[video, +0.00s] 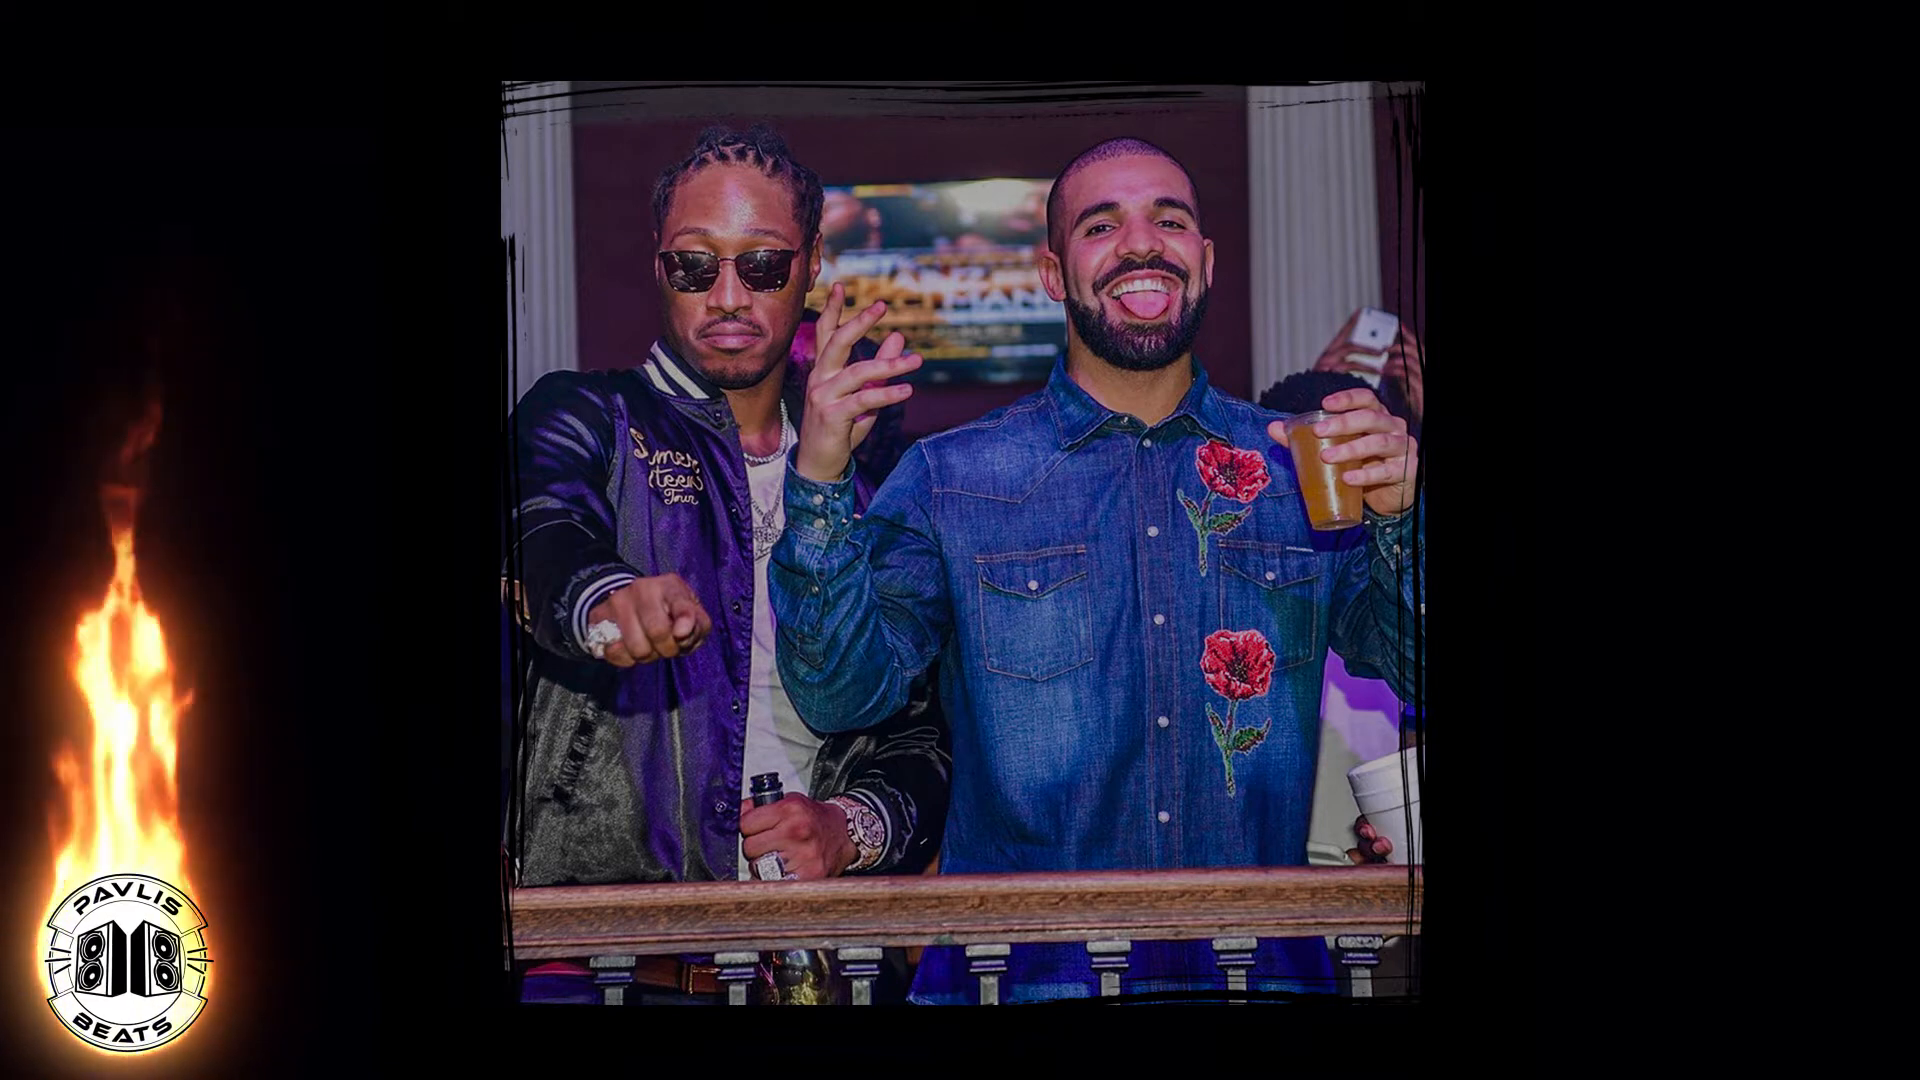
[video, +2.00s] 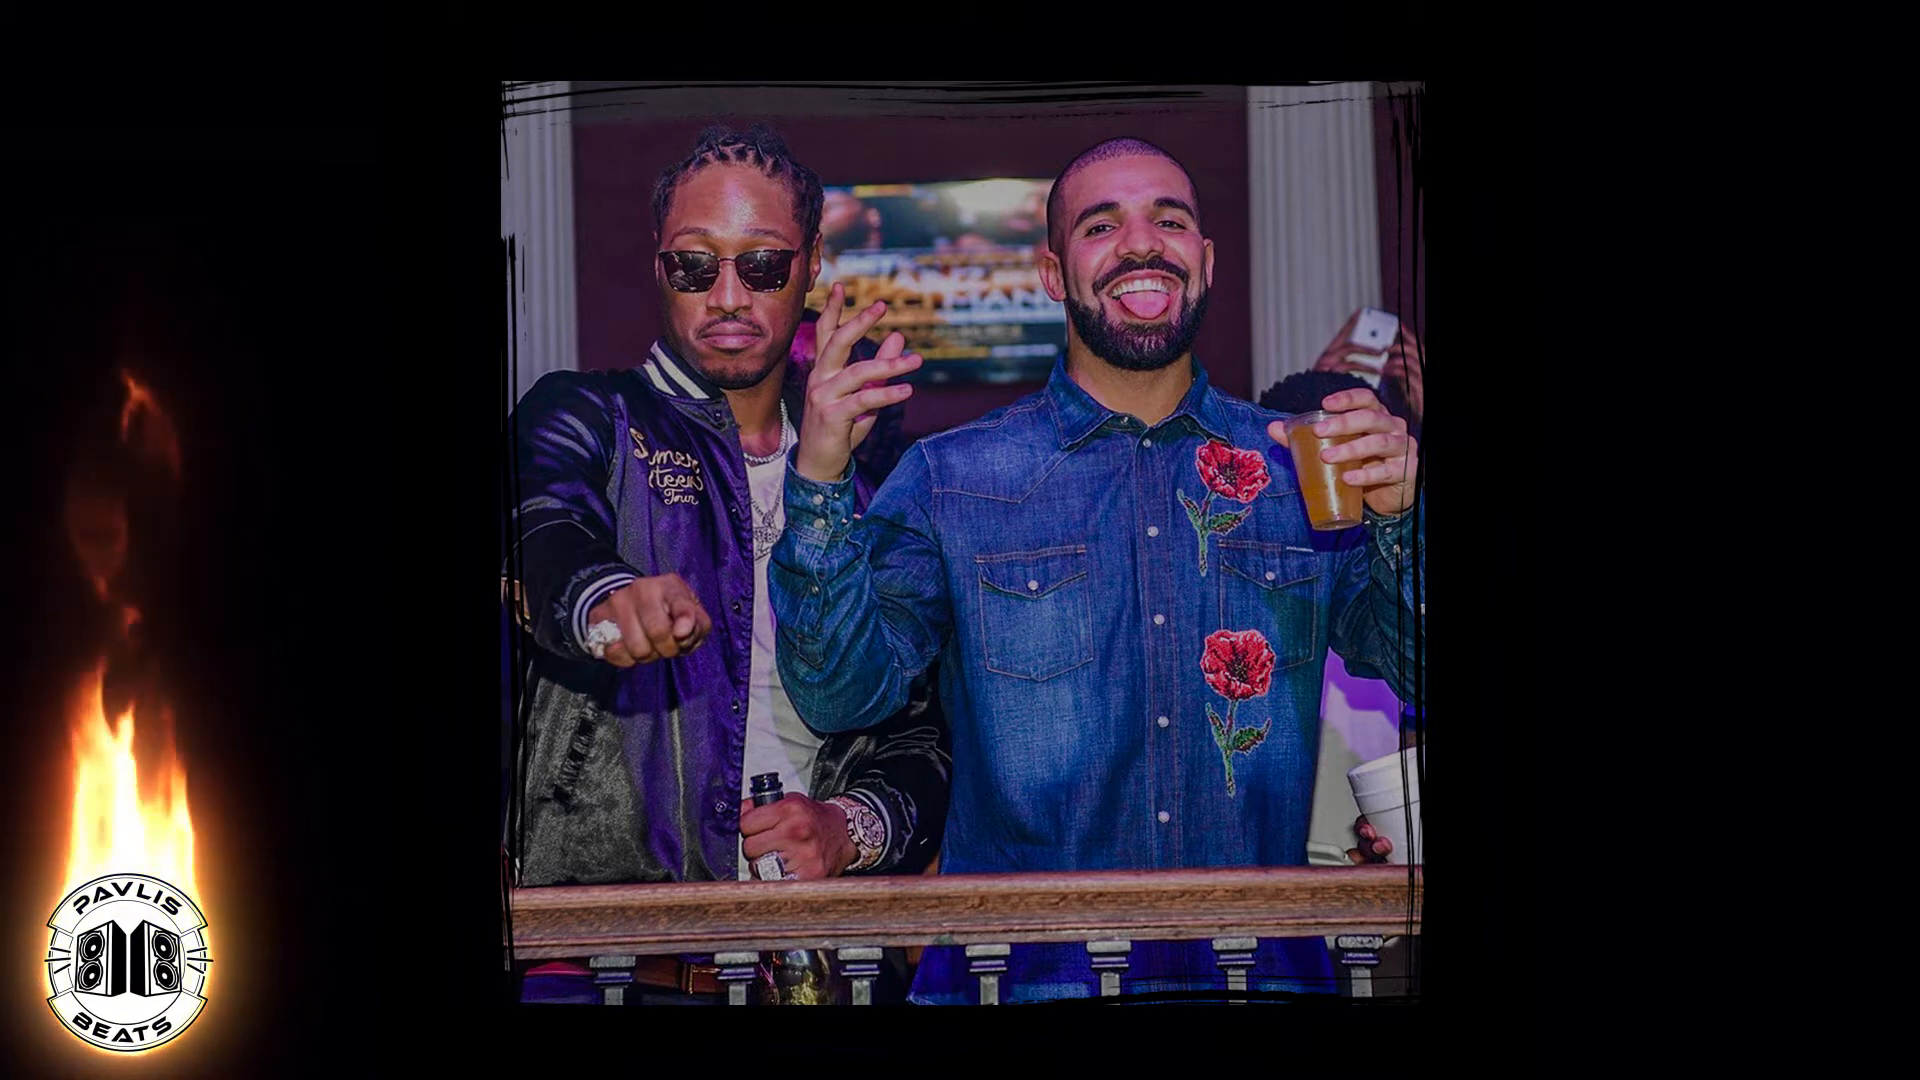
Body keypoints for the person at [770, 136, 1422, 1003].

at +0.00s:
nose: (1142, 242)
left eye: (1170, 219)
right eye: (1102, 225)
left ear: (1207, 259)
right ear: (1055, 273)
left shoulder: (1304, 469)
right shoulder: (945, 478)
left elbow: (1413, 673)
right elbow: (840, 692)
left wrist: (1402, 516)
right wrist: (818, 475)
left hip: (1255, 955)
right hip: (1022, 963)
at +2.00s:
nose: (1142, 242)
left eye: (1170, 219)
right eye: (1102, 225)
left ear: (1207, 259)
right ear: (1055, 273)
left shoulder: (1304, 469)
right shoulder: (945, 478)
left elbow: (1413, 673)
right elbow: (840, 692)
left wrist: (1402, 516)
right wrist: (818, 475)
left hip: (1255, 955)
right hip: (1022, 963)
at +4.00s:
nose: (1141, 242)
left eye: (1169, 219)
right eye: (1102, 225)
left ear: (1208, 258)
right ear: (1055, 273)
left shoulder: (1305, 468)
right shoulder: (945, 479)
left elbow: (1411, 671)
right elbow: (840, 692)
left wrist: (1401, 516)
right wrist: (818, 474)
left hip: (1255, 952)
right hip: (1020, 963)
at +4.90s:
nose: (1141, 242)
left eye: (1169, 219)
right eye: (1102, 224)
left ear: (1208, 259)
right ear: (1055, 272)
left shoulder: (1304, 469)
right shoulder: (945, 478)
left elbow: (1413, 672)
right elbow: (840, 692)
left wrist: (1402, 515)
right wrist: (818, 473)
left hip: (1255, 954)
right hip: (1020, 964)